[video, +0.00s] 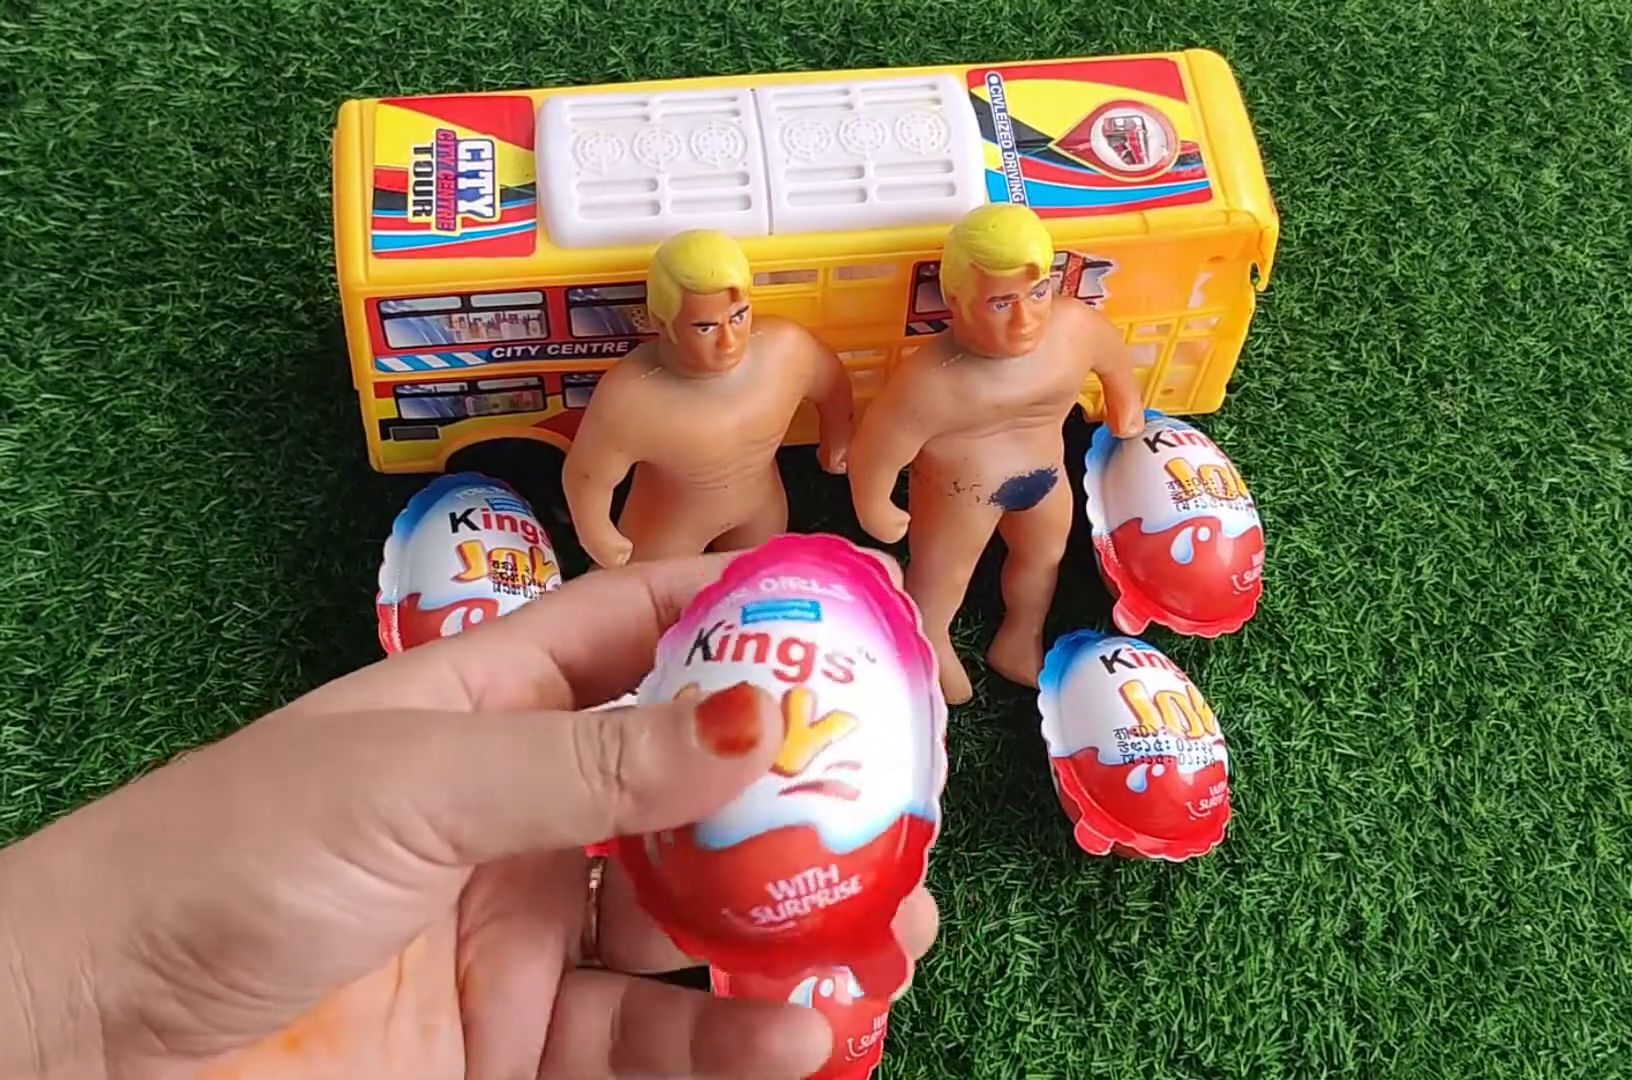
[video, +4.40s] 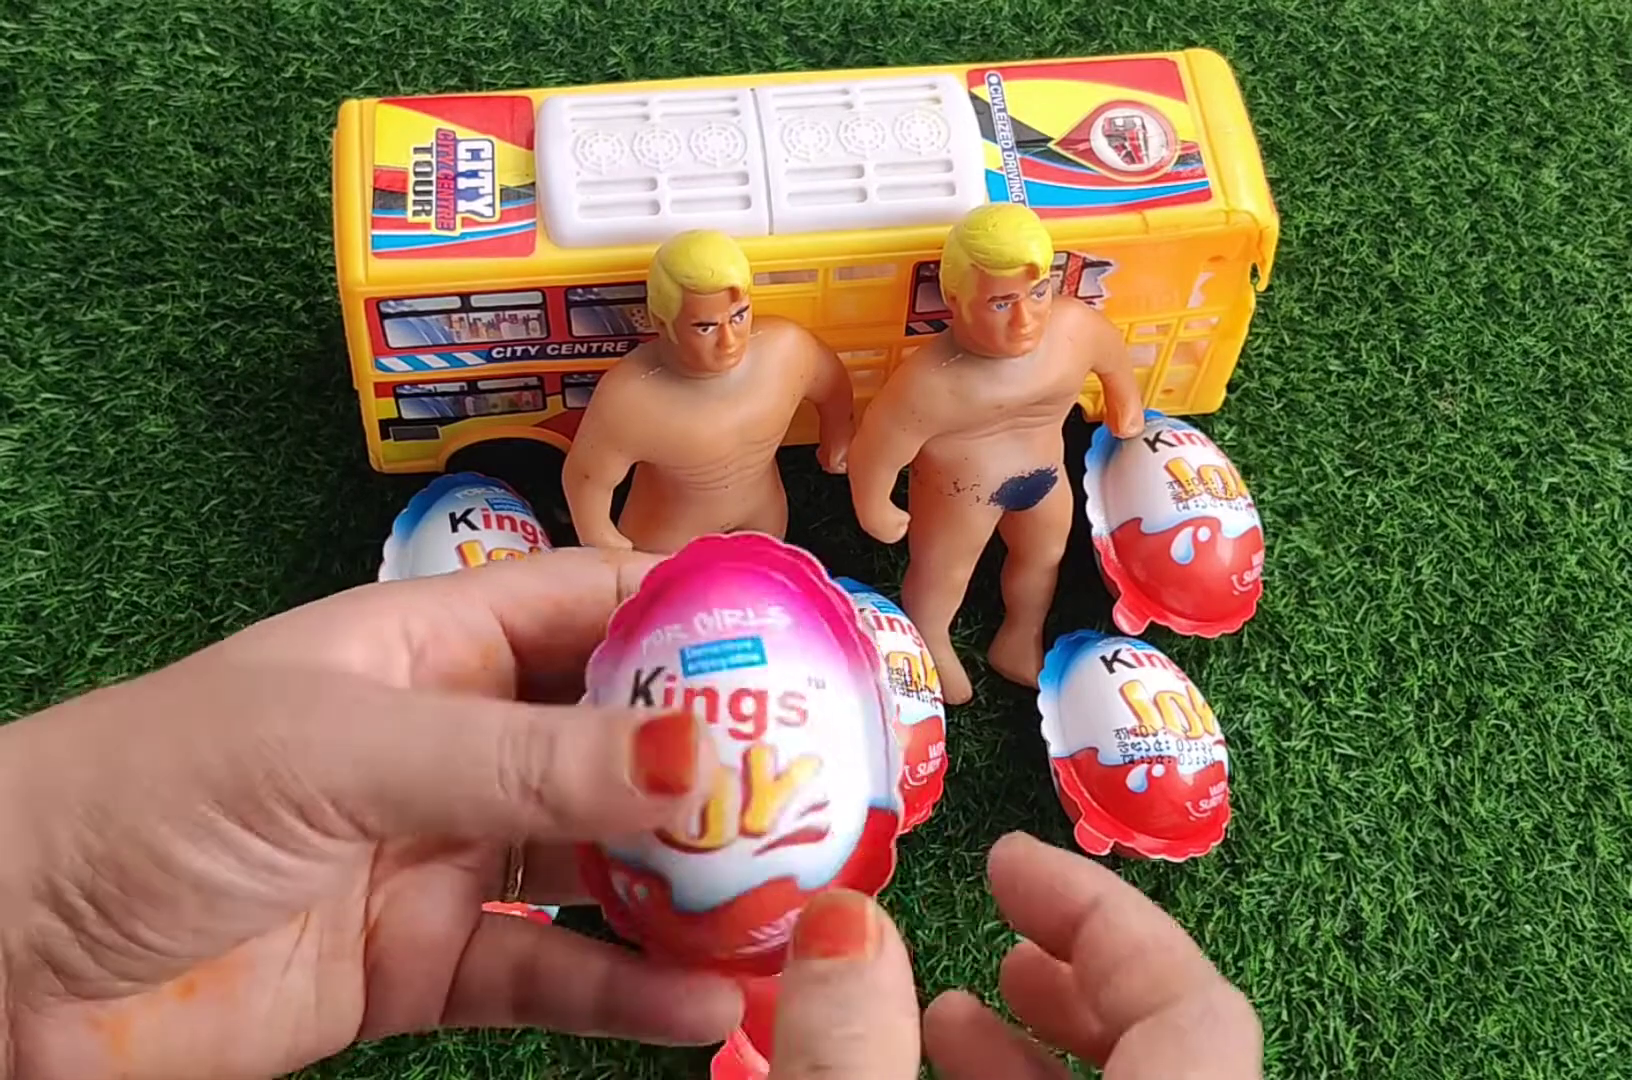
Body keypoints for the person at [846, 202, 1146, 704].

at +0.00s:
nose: (1023, 317)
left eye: (1036, 294)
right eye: (1000, 302)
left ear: (1050, 284)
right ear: (953, 304)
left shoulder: (1079, 328)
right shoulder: (927, 382)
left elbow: (1114, 360)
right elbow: (873, 453)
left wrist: (1126, 410)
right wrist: (878, 515)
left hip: (1045, 477)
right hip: (959, 493)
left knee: (1041, 560)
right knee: (942, 578)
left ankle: (1021, 642)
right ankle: (933, 642)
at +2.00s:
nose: (1025, 318)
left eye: (1037, 294)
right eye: (1000, 303)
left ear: (1050, 284)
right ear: (953, 303)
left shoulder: (1079, 327)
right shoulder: (927, 382)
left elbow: (1116, 364)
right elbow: (870, 460)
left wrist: (1127, 410)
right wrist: (878, 511)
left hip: (1045, 477)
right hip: (959, 491)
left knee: (1040, 564)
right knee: (943, 579)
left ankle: (1019, 644)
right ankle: (930, 654)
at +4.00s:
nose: (1023, 317)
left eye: (1036, 295)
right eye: (1000, 303)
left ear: (1051, 283)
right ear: (954, 301)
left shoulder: (1078, 327)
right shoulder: (927, 383)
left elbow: (1114, 360)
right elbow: (873, 452)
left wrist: (1126, 410)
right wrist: (877, 513)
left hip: (1045, 476)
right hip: (959, 491)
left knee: (1041, 560)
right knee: (942, 576)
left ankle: (1020, 642)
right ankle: (931, 644)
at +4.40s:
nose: (1024, 317)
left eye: (1036, 295)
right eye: (1000, 303)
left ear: (1050, 284)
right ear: (953, 304)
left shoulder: (1078, 327)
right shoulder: (926, 384)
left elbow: (1114, 361)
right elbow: (873, 453)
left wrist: (1127, 408)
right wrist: (877, 515)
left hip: (1045, 476)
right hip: (959, 492)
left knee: (1041, 560)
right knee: (941, 576)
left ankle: (1020, 642)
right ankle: (931, 644)